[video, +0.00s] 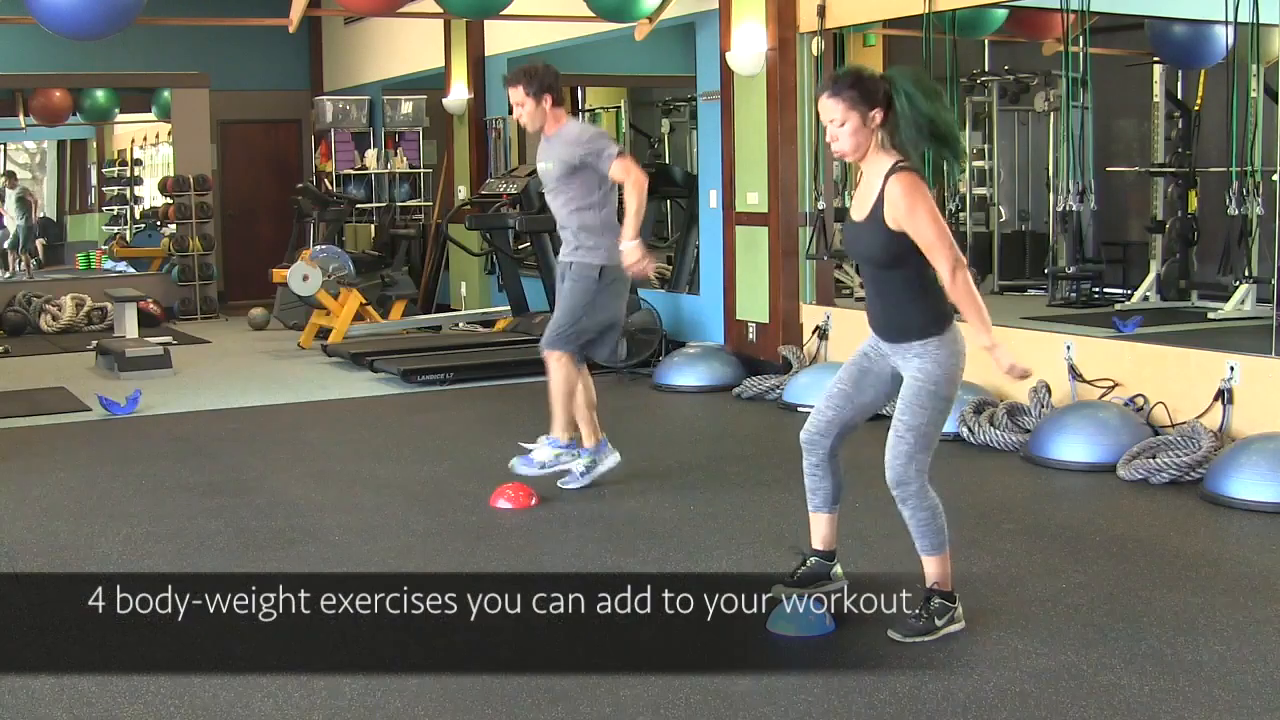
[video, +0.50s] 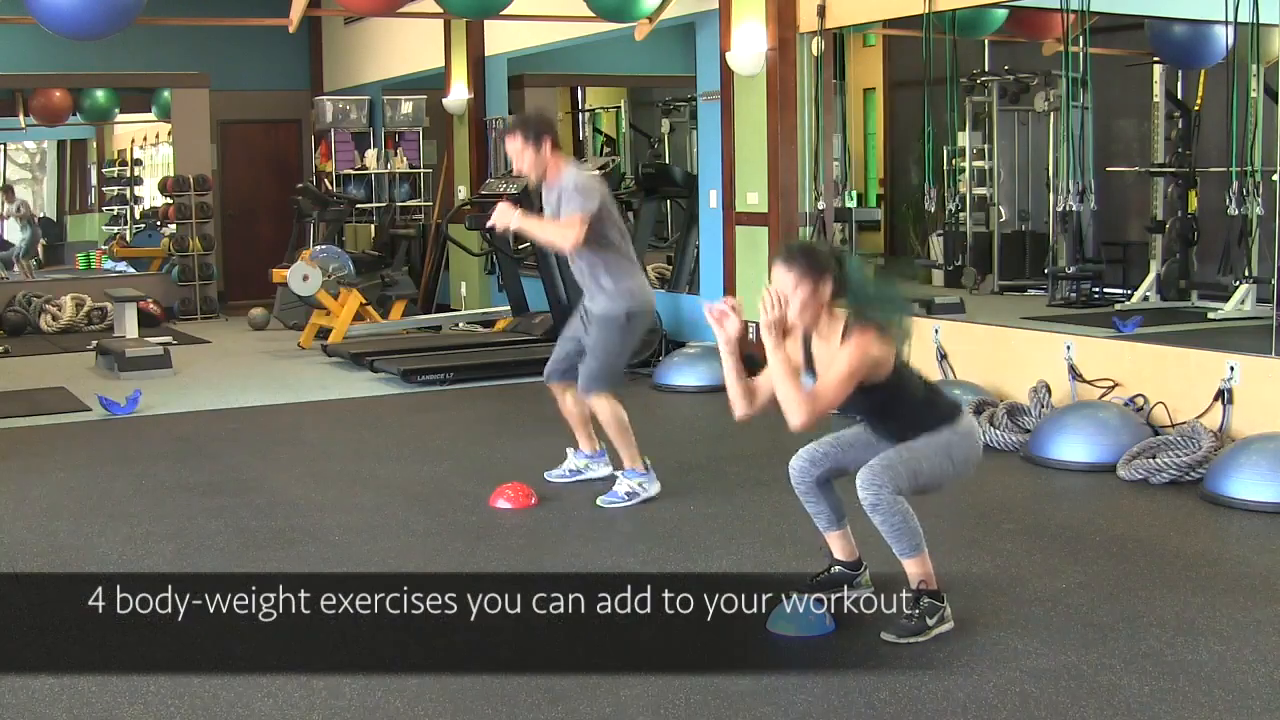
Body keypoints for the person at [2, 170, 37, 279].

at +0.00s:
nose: (5, 183)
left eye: (7, 180)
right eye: (4, 181)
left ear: (14, 180)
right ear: (5, 181)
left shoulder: (22, 190)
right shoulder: (9, 192)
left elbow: (34, 201)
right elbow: (4, 207)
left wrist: (34, 216)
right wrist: (9, 217)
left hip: (26, 223)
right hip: (17, 223)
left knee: (23, 251)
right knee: (10, 247)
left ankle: (29, 273)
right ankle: (11, 270)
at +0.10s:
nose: (7, 189)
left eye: (9, 186)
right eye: (6, 186)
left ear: (16, 186)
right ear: (6, 187)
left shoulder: (22, 196)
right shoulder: (9, 197)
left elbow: (32, 208)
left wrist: (26, 225)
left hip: (24, 230)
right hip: (14, 230)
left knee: (24, 256)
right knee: (7, 251)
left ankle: (29, 277)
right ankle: (9, 275)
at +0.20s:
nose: (7, 187)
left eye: (8, 185)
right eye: (6, 185)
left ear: (15, 183)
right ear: (9, 184)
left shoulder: (23, 194)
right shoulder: (16, 196)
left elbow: (31, 205)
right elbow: (18, 209)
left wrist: (21, 216)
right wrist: (10, 215)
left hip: (26, 229)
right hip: (18, 229)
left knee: (23, 255)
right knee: (8, 249)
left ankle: (30, 277)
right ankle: (9, 273)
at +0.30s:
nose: (4, 185)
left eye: (6, 182)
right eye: (4, 183)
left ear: (13, 180)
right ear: (10, 181)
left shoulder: (22, 189)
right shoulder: (14, 192)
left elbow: (30, 200)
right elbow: (16, 204)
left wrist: (20, 208)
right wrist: (7, 208)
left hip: (28, 223)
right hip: (19, 223)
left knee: (24, 250)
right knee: (11, 247)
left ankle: (30, 273)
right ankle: (14, 271)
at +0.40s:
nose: (4, 188)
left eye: (5, 185)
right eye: (3, 186)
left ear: (12, 183)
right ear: (7, 185)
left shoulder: (22, 191)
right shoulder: (12, 194)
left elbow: (27, 204)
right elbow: (15, 205)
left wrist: (14, 208)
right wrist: (8, 207)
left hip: (28, 223)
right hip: (21, 224)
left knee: (24, 250)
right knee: (14, 248)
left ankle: (30, 273)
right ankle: (22, 272)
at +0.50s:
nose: (4, 197)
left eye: (5, 194)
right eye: (3, 195)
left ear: (11, 193)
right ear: (4, 195)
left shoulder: (22, 203)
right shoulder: (9, 205)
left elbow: (26, 214)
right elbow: (7, 216)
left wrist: (14, 215)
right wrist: (3, 216)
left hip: (32, 232)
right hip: (24, 233)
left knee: (24, 256)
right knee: (16, 256)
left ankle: (32, 277)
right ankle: (26, 278)